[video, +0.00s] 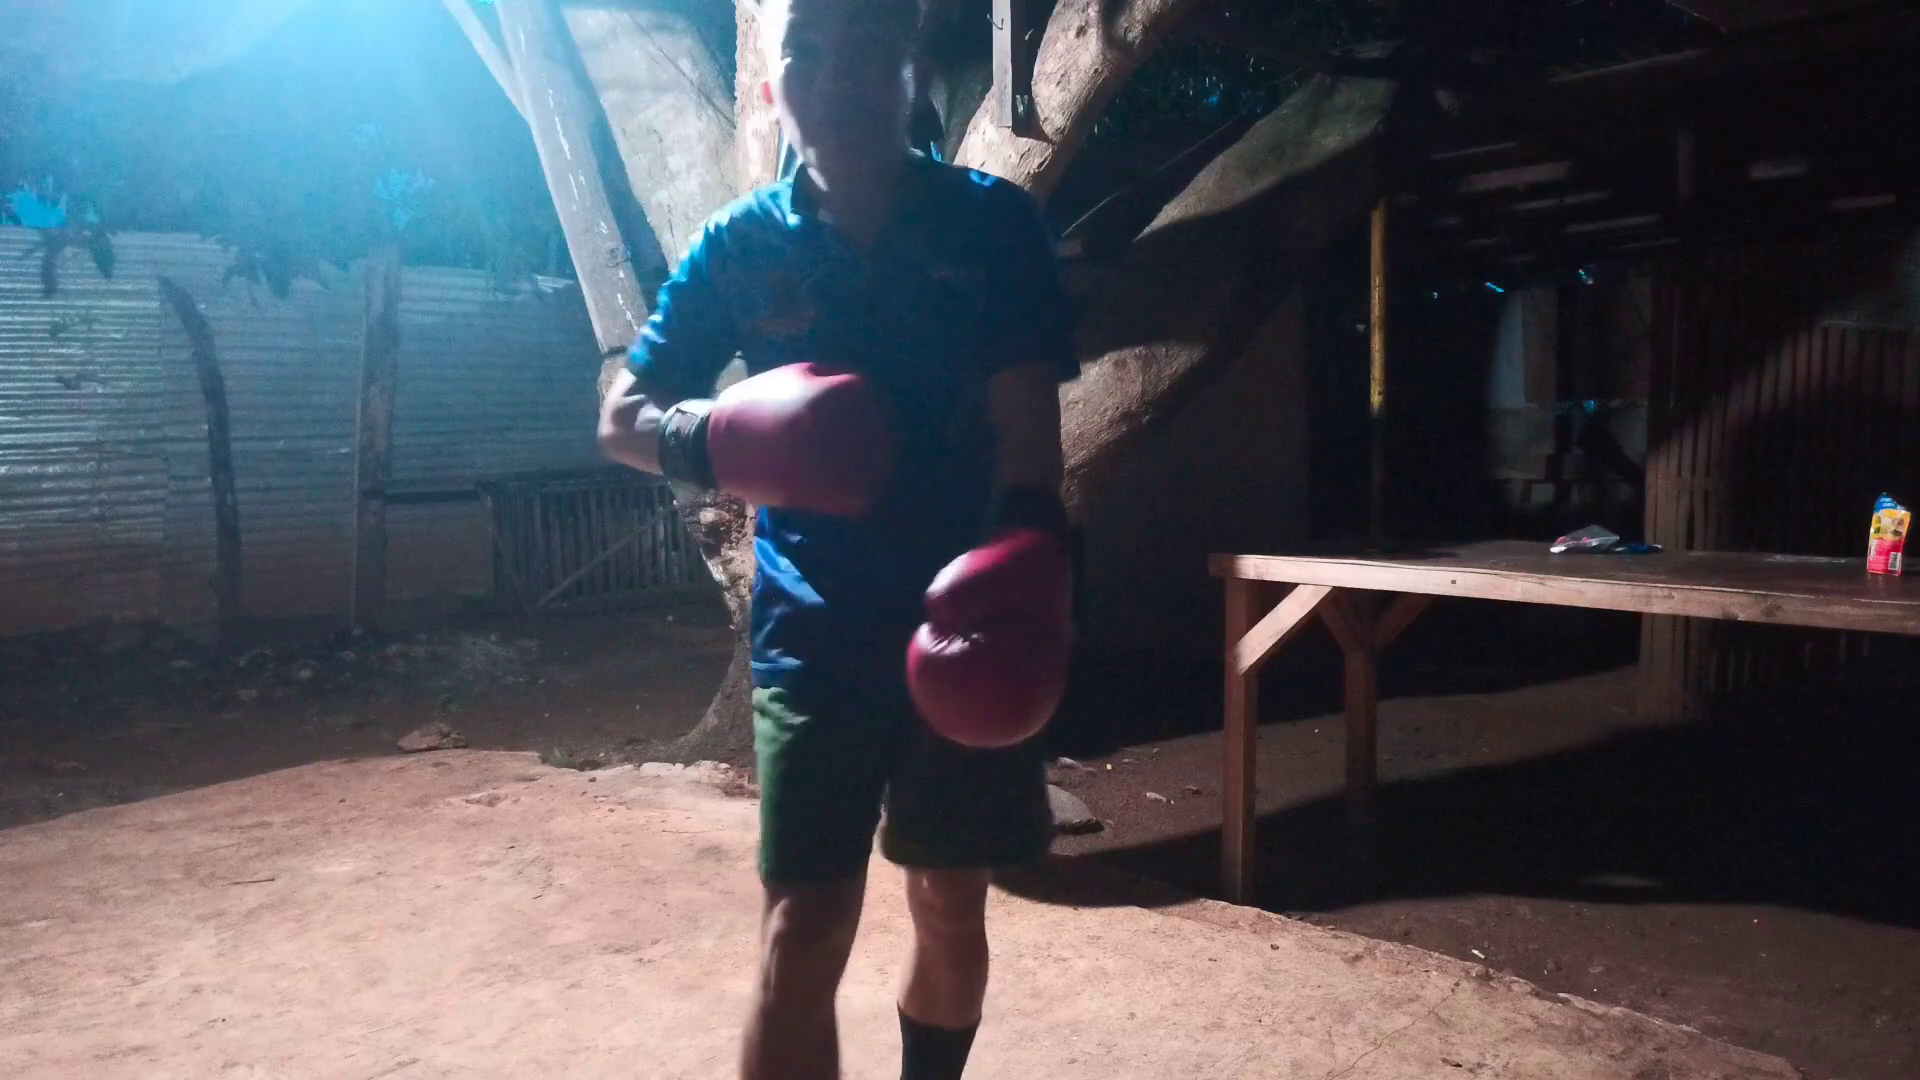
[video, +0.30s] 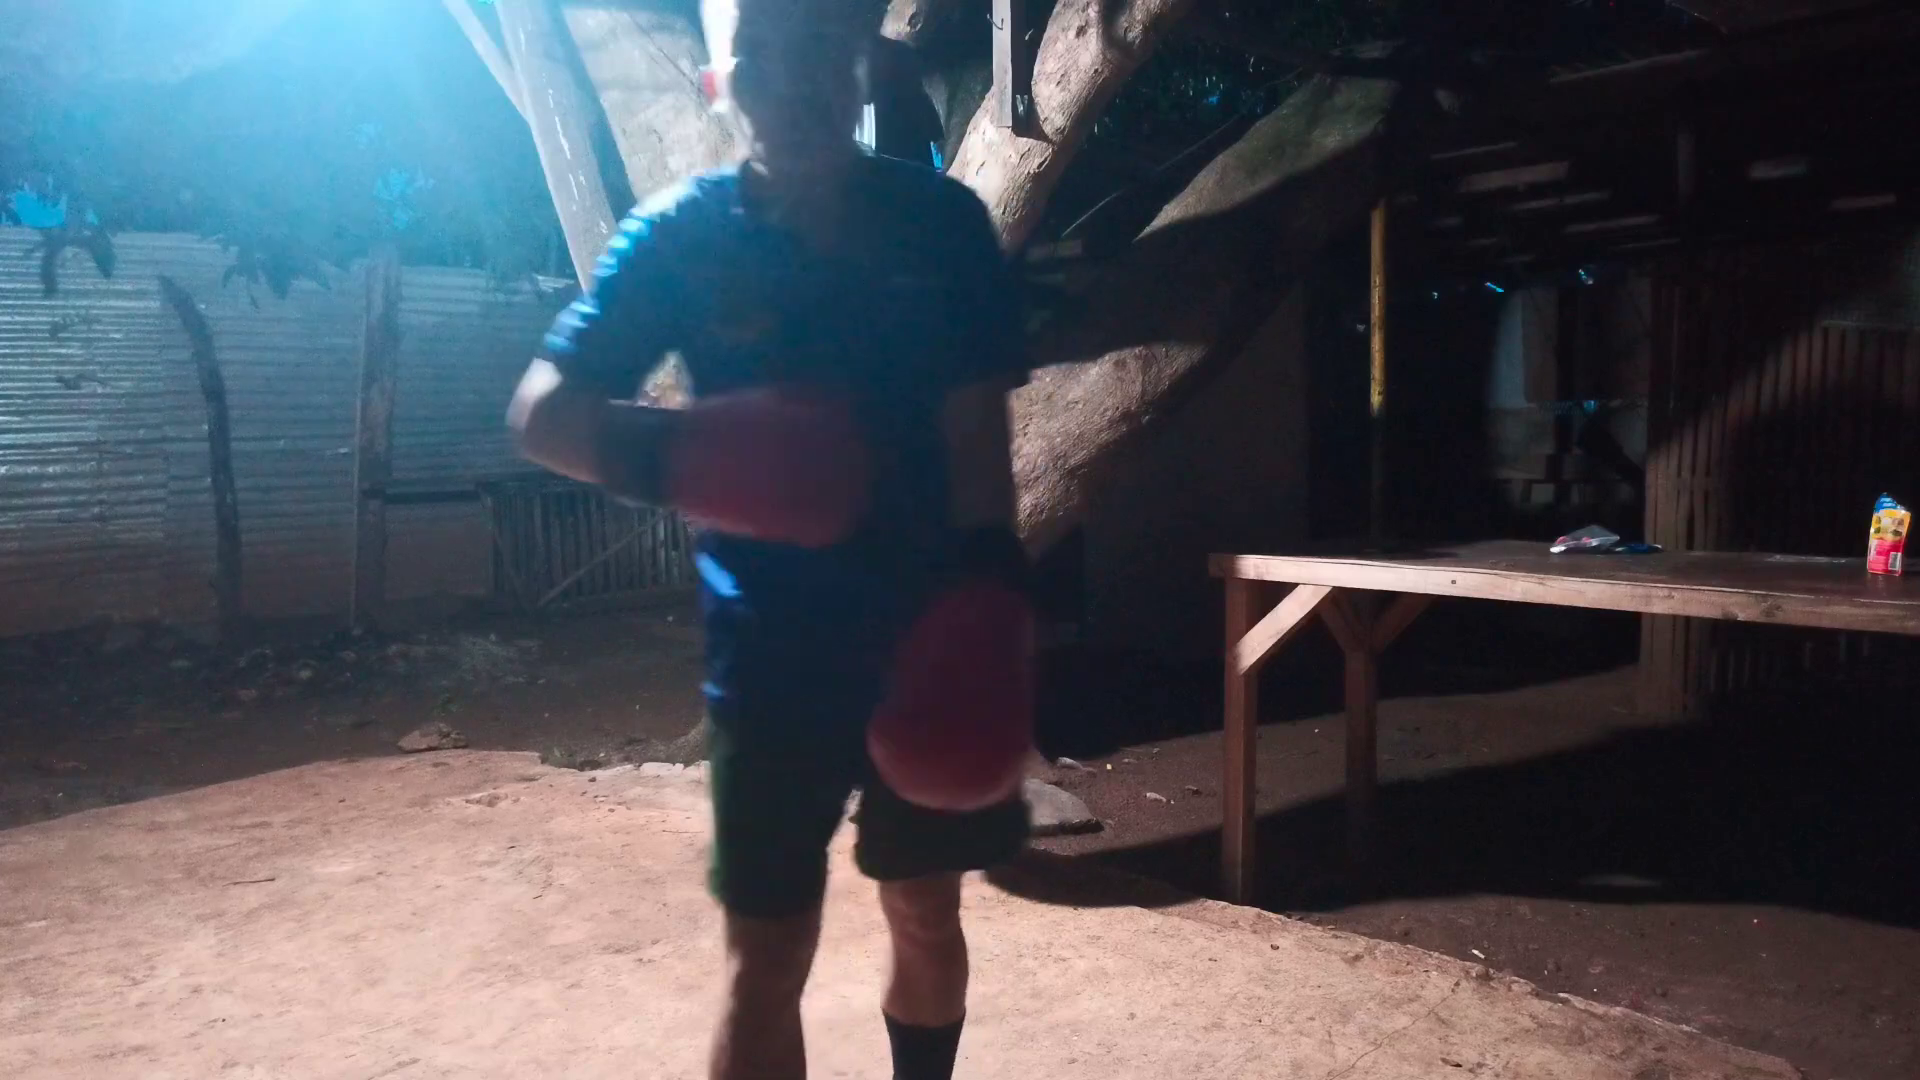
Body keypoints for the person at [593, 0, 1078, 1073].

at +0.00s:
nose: (829, 84)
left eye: (858, 58)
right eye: (804, 59)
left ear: (909, 77)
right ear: (773, 85)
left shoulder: (993, 227)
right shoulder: (740, 246)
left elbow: (1028, 432)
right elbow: (621, 418)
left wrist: (1022, 567)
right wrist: (724, 438)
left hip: (964, 621)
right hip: (813, 630)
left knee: (951, 910)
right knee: (806, 927)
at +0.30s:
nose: (794, 86)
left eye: (818, 57)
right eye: (763, 64)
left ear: (860, 69)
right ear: (722, 87)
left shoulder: (940, 219)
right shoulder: (681, 232)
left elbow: (979, 433)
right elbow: (540, 410)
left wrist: (982, 618)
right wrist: (689, 456)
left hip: (926, 627)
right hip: (770, 640)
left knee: (925, 917)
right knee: (766, 958)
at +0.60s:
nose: (737, 61)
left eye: (769, 31)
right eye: (706, 33)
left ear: (815, 55)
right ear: (660, 61)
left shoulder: (891, 207)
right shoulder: (613, 221)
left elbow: (915, 444)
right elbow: (459, 416)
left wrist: (984, 588)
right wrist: (593, 474)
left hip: (891, 635)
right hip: (721, 654)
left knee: (929, 943)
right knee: (736, 976)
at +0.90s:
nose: (739, 54)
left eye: (771, 26)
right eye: (706, 26)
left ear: (822, 48)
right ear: (656, 50)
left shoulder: (890, 200)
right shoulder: (605, 215)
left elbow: (926, 435)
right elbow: (448, 420)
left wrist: (956, 609)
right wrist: (603, 475)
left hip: (899, 638)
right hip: (724, 662)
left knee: (965, 955)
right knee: (742, 988)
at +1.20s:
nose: (829, 44)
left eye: (861, 17)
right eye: (799, 17)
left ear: (912, 39)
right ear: (758, 39)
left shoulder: (988, 212)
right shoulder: (708, 206)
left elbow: (1015, 454)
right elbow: (547, 405)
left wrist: (1073, 639)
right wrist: (675, 461)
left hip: (963, 668)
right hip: (785, 681)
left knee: (987, 995)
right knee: (765, 1009)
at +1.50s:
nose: (911, 33)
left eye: (937, 8)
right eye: (875, 9)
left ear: (977, 27)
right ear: (813, 28)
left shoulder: (1052, 193)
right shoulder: (770, 199)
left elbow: (1102, 441)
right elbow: (616, 420)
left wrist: (1151, 611)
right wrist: (770, 459)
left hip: (1015, 670)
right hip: (837, 677)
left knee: (994, 1000)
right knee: (821, 1027)